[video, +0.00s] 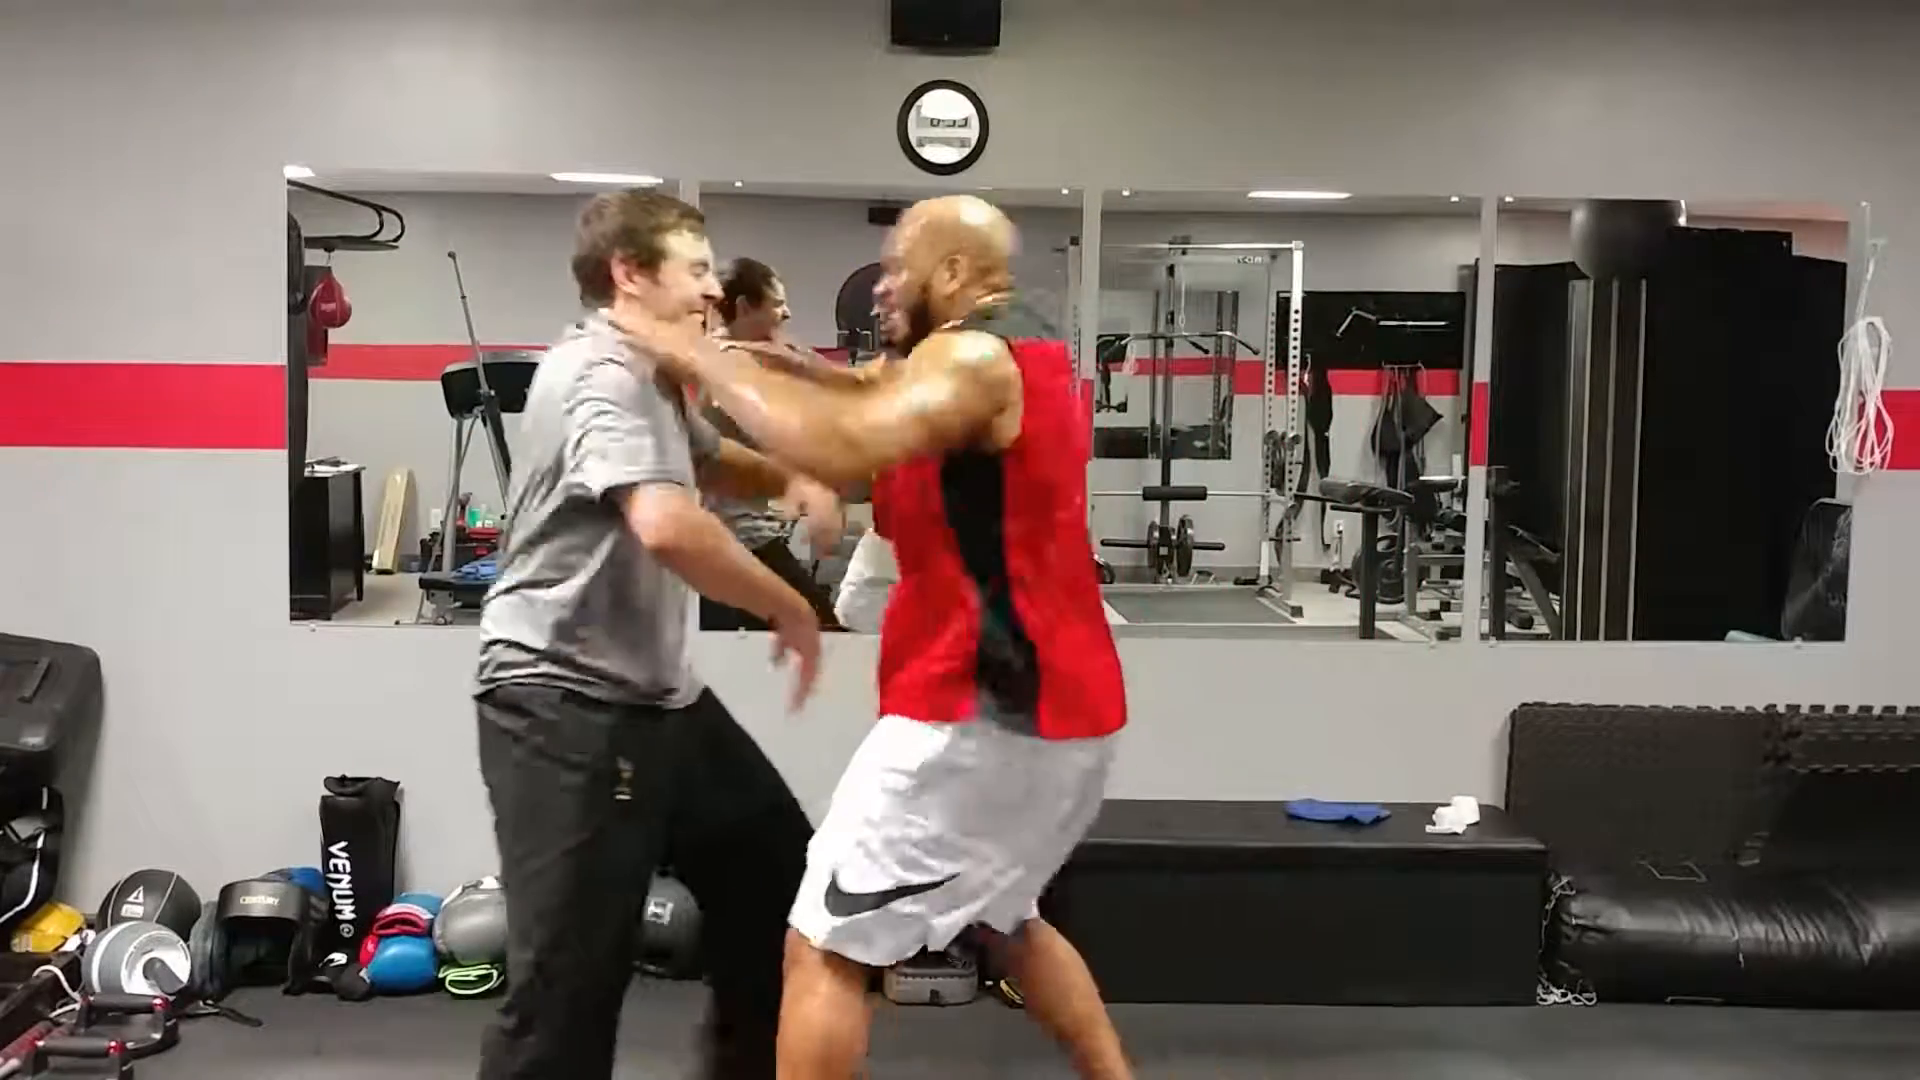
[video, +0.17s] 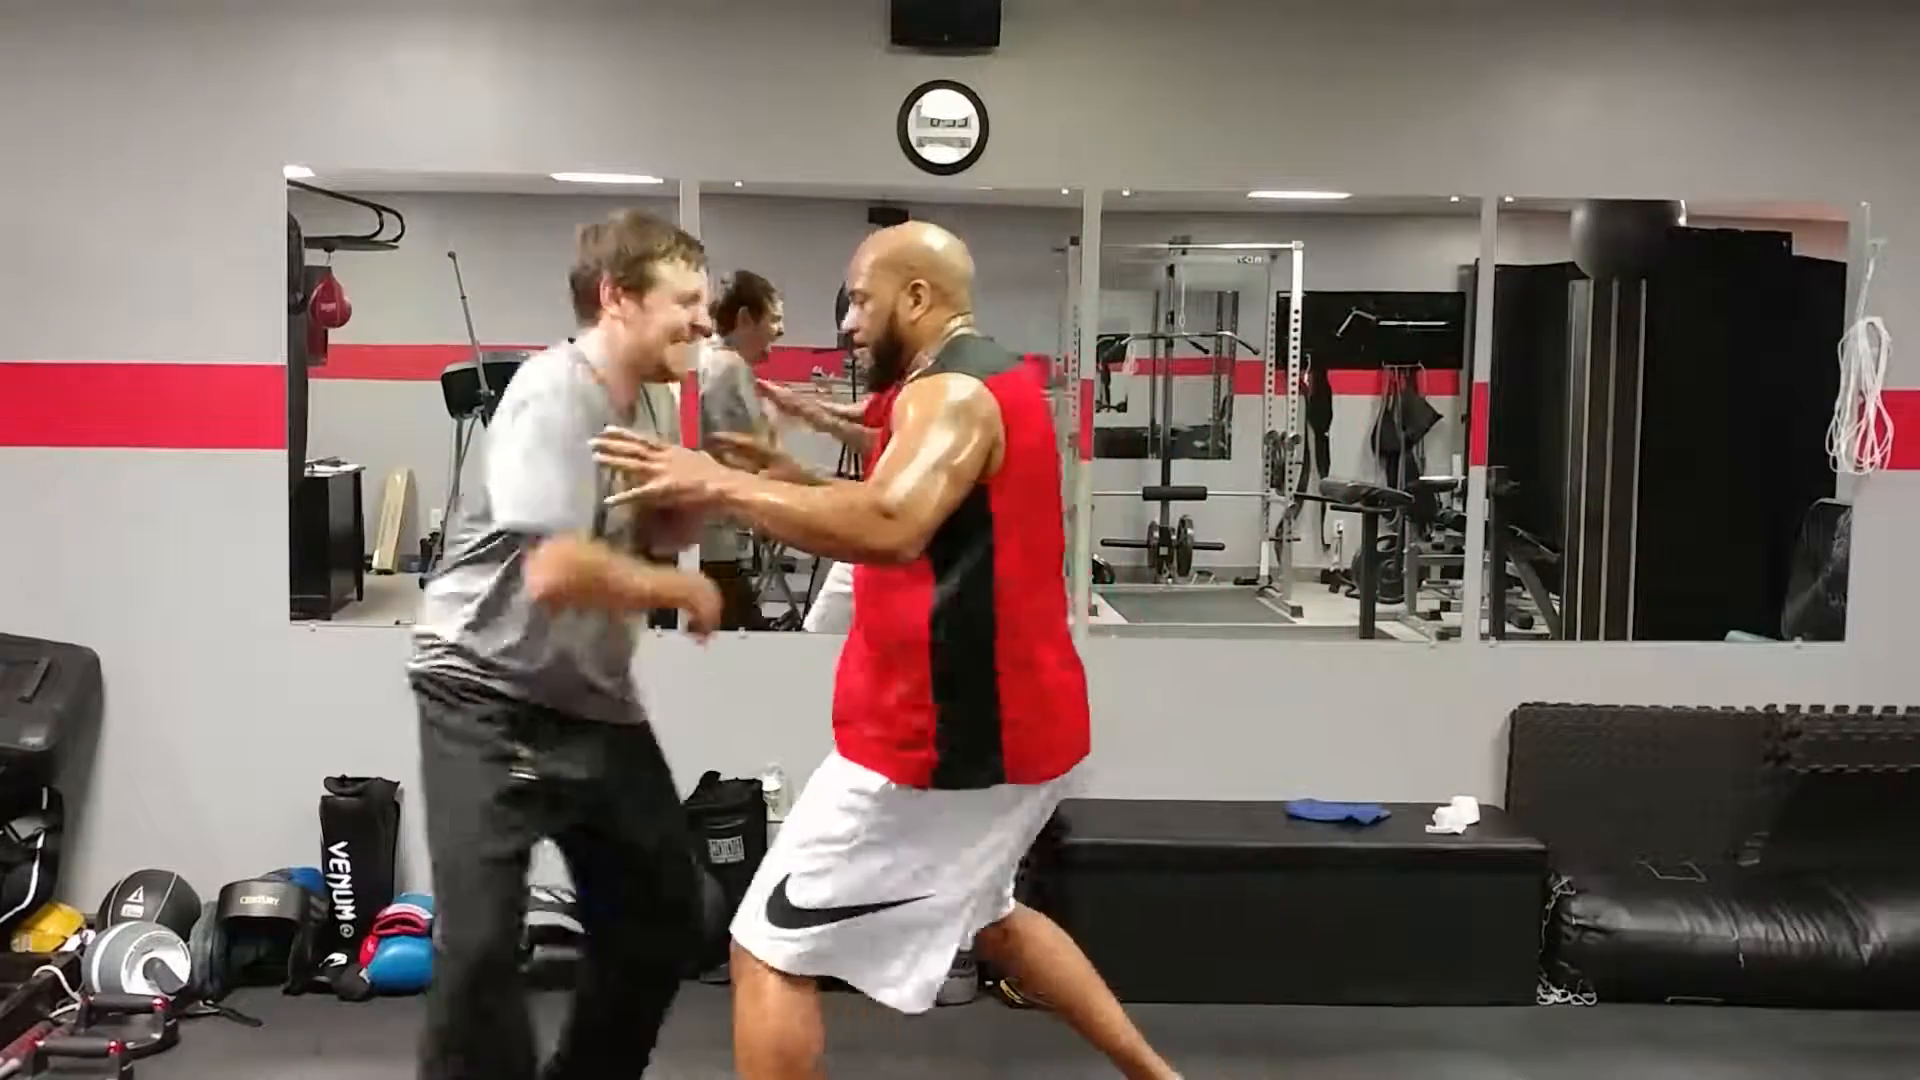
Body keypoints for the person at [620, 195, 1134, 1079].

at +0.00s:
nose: (884, 287)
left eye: (896, 268)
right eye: (887, 268)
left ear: (949, 275)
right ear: (979, 277)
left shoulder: (971, 363)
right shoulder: (1028, 354)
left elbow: (847, 449)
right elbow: (874, 388)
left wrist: (695, 353)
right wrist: (764, 357)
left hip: (974, 705)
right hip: (1063, 703)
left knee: (826, 947)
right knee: (1005, 915)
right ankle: (1113, 1071)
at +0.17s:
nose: (847, 325)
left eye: (858, 302)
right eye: (847, 304)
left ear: (918, 298)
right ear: (933, 300)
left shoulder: (951, 393)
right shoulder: (1000, 379)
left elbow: (890, 526)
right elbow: (912, 511)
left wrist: (719, 486)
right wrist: (788, 474)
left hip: (930, 740)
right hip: (1019, 731)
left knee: (768, 949)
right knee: (992, 916)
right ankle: (1153, 1071)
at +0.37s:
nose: (895, 297)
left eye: (912, 279)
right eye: (897, 278)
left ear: (972, 281)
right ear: (984, 284)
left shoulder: (1006, 374)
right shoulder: (1036, 356)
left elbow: (961, 513)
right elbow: (947, 501)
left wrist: (789, 534)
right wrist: (882, 435)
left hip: (1001, 705)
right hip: (1090, 698)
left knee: (839, 916)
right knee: (1062, 906)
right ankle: (1155, 1069)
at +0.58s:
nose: (945, 284)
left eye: (957, 264)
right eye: (945, 265)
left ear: (1017, 266)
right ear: (1034, 267)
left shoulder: (1038, 373)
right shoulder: (1104, 351)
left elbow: (1014, 530)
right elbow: (1070, 500)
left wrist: (904, 665)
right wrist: (952, 443)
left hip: (1035, 673)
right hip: (1129, 668)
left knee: (877, 885)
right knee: (1077, 892)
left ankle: (974, 1073)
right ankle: (1161, 1071)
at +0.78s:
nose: (947, 276)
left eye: (960, 258)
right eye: (949, 258)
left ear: (1016, 261)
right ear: (1035, 262)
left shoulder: (1031, 372)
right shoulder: (1110, 344)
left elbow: (1046, 560)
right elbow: (1098, 507)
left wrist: (968, 704)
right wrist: (969, 486)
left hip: (1049, 708)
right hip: (1134, 694)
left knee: (957, 933)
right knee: (1091, 907)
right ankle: (1160, 1071)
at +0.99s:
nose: (968, 265)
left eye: (981, 245)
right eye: (970, 246)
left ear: (1040, 251)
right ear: (1056, 254)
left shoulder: (1053, 358)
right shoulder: (1126, 335)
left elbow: (1045, 530)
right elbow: (1036, 479)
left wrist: (944, 674)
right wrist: (927, 434)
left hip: (1078, 699)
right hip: (1179, 688)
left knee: (999, 937)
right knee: (1148, 904)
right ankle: (1230, 1071)